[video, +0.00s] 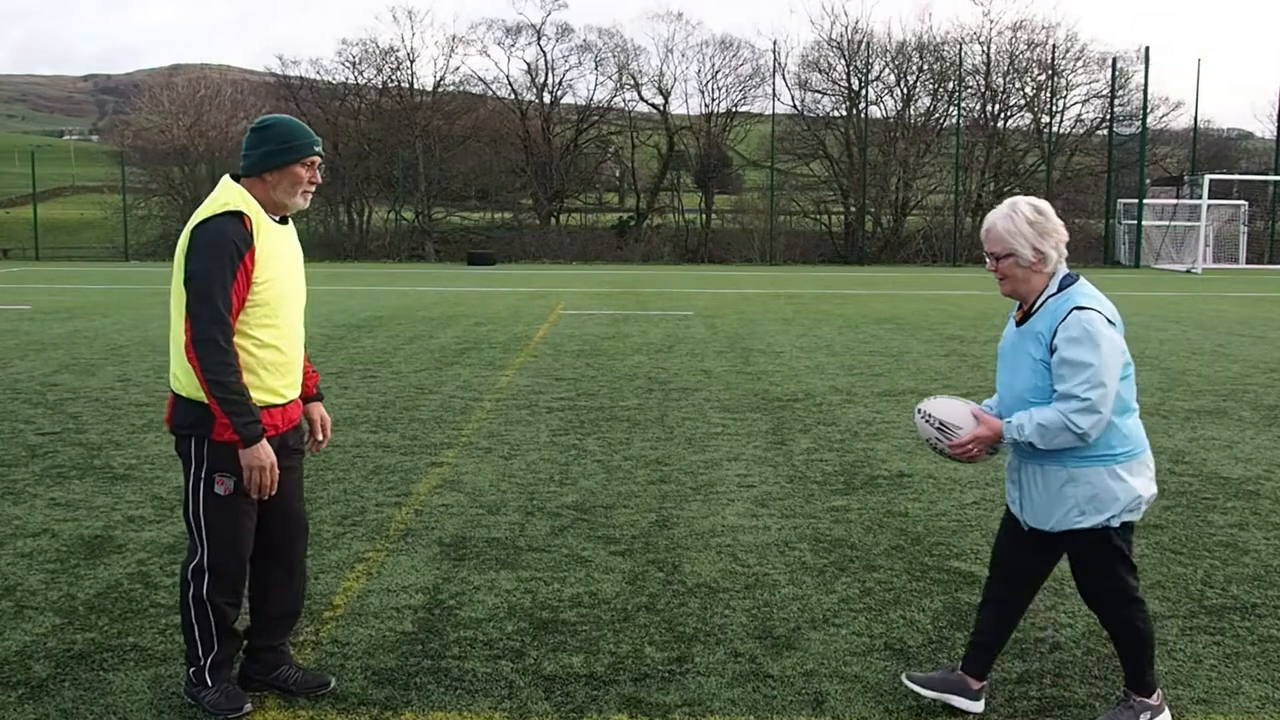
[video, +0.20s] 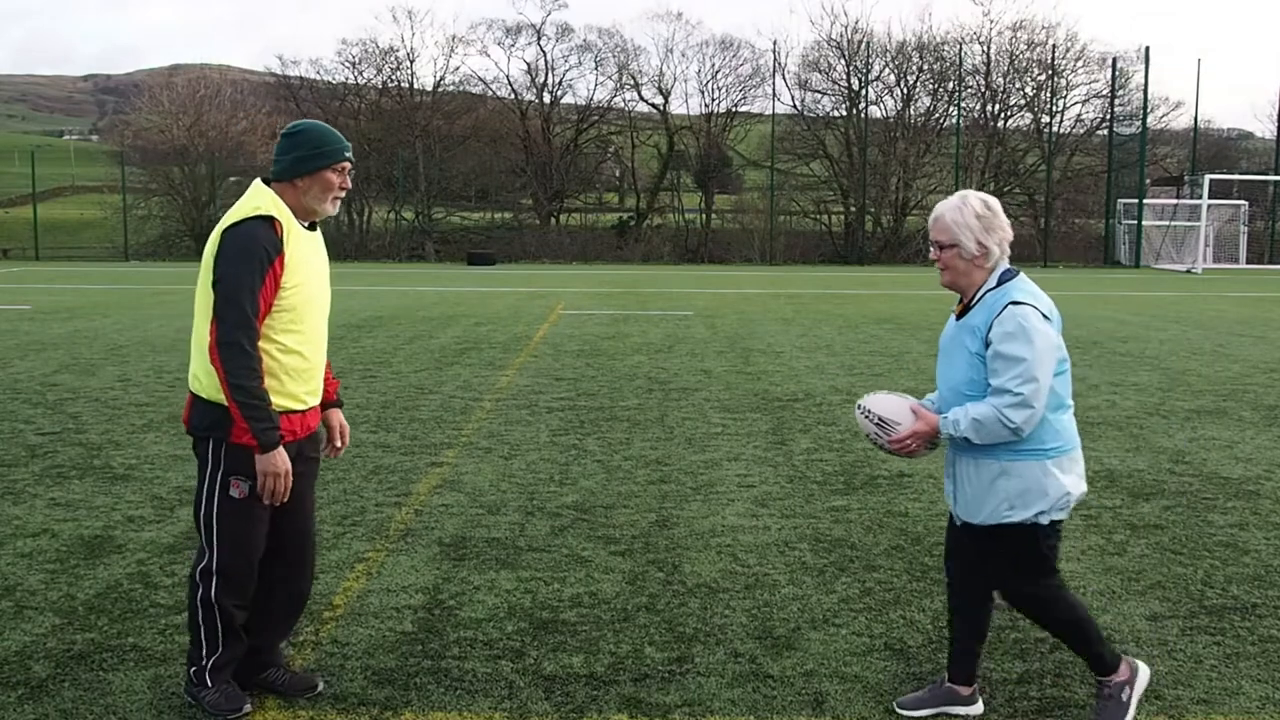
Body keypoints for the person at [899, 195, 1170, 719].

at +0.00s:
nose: (992, 268)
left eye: (999, 257)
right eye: (989, 258)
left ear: (1038, 255)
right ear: (1034, 257)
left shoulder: (1081, 320)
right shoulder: (1026, 313)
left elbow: (1082, 418)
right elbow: (1020, 393)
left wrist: (1004, 430)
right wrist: (974, 422)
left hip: (1094, 483)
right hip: (1040, 478)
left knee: (1111, 593)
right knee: (1008, 580)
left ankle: (1146, 698)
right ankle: (969, 677)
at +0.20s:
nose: (933, 258)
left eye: (942, 247)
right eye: (932, 247)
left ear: (980, 250)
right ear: (977, 251)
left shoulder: (1018, 315)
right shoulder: (975, 308)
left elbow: (1016, 412)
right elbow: (965, 388)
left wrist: (942, 425)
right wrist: (917, 413)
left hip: (1026, 482)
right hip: (979, 477)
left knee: (1029, 586)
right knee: (965, 580)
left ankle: (1117, 673)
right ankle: (960, 686)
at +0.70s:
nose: (794, 253)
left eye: (804, 243)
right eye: (794, 242)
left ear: (840, 249)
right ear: (838, 249)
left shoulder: (873, 314)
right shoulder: (839, 305)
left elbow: (860, 411)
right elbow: (821, 390)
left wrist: (790, 428)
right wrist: (772, 420)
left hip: (876, 475)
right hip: (841, 467)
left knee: (844, 584)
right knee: (808, 560)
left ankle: (847, 697)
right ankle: (881, 653)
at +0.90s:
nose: (743, 252)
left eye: (752, 242)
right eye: (744, 241)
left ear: (787, 250)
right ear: (784, 251)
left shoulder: (816, 312)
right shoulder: (788, 307)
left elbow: (795, 412)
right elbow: (763, 393)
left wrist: (727, 428)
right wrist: (709, 417)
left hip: (823, 478)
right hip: (786, 472)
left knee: (808, 587)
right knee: (756, 575)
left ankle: (843, 696)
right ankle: (725, 685)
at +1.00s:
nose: (718, 253)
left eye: (728, 243)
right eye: (720, 241)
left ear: (763, 251)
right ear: (761, 252)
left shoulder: (790, 315)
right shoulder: (762, 307)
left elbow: (763, 423)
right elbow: (736, 393)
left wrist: (689, 434)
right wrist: (680, 425)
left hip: (798, 480)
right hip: (760, 474)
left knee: (779, 582)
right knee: (730, 567)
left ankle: (840, 689)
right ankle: (720, 688)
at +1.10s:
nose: (694, 252)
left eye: (703, 242)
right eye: (695, 241)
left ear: (739, 248)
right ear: (740, 248)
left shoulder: (763, 314)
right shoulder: (739, 306)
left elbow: (756, 417)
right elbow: (715, 399)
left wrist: (671, 434)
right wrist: (662, 430)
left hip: (777, 476)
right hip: (740, 470)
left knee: (760, 583)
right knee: (712, 568)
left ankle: (836, 682)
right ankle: (719, 687)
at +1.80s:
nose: (699, 246)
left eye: (710, 237)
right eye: (701, 236)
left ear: (745, 248)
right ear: (740, 250)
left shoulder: (770, 312)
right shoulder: (741, 306)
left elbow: (759, 410)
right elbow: (729, 388)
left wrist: (688, 417)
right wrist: (681, 404)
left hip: (785, 478)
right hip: (745, 473)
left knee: (783, 583)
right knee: (721, 568)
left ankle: (877, 676)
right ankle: (718, 686)